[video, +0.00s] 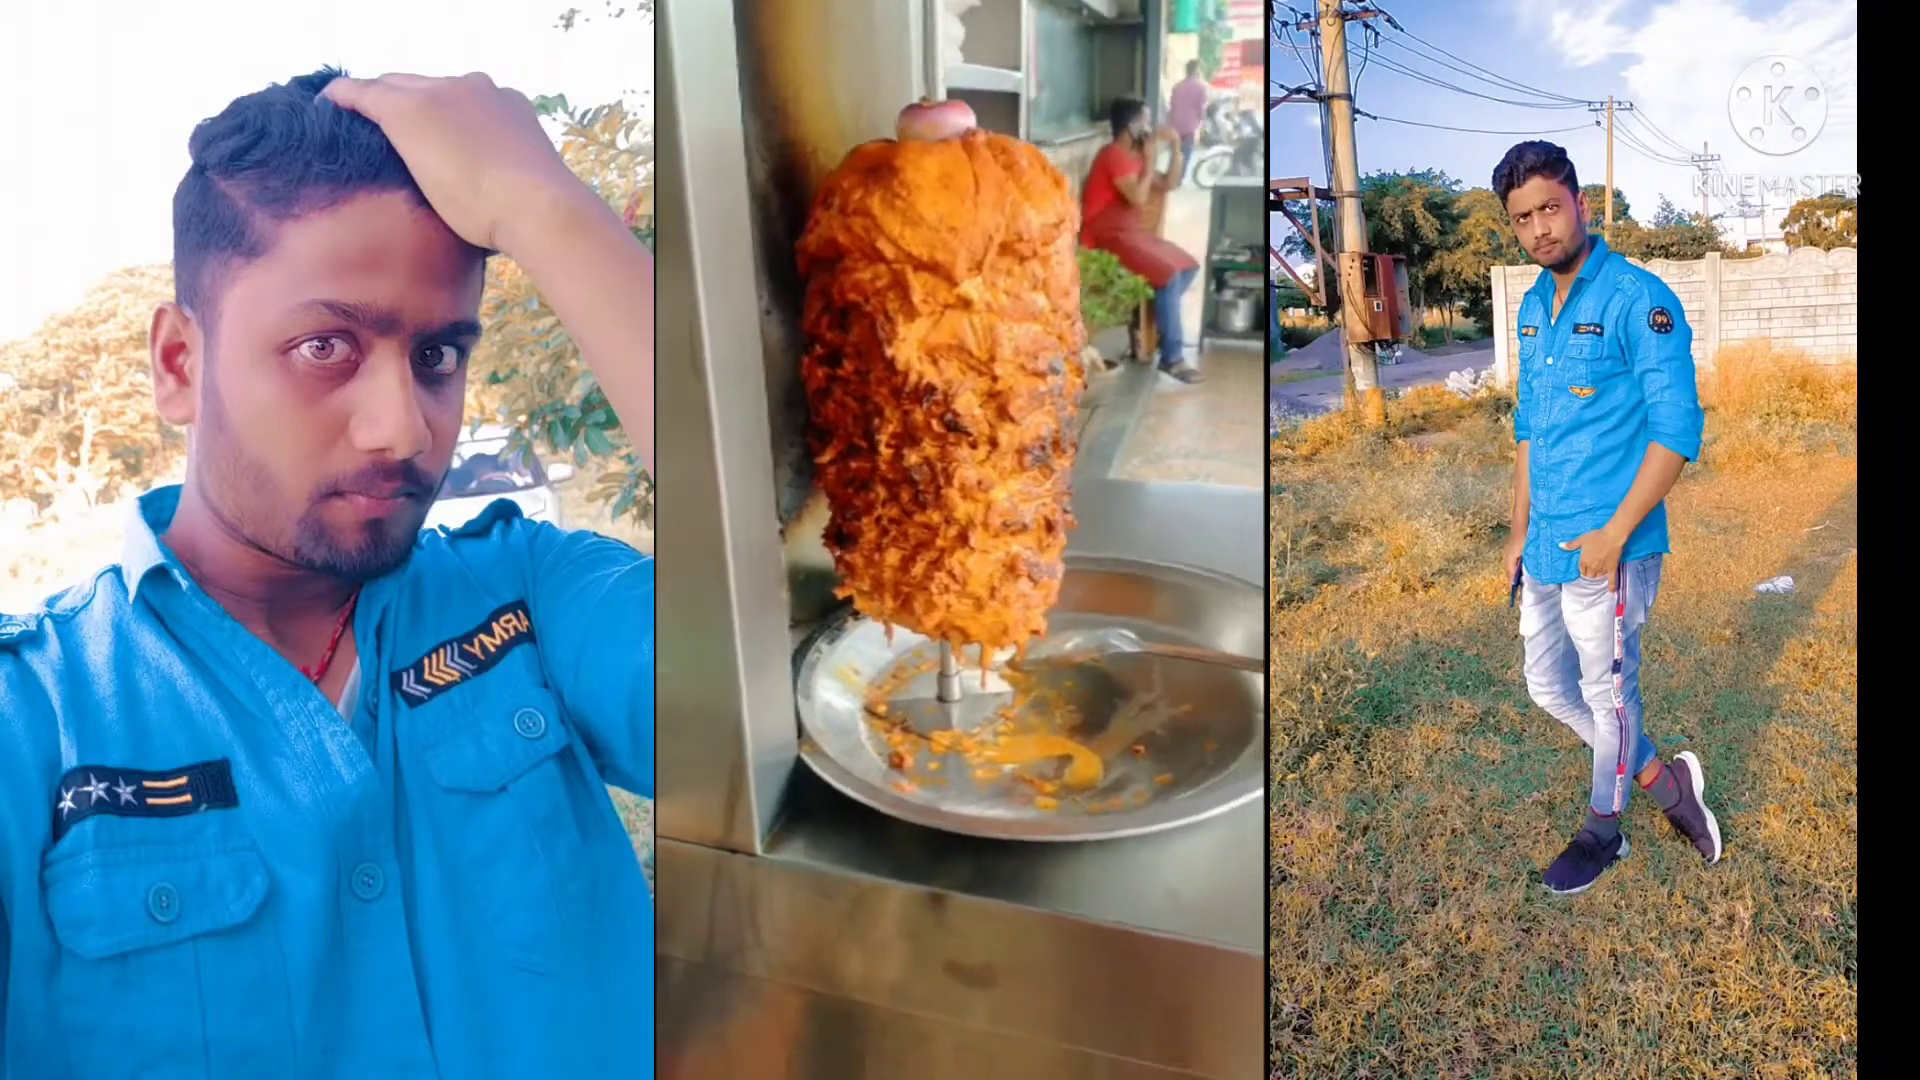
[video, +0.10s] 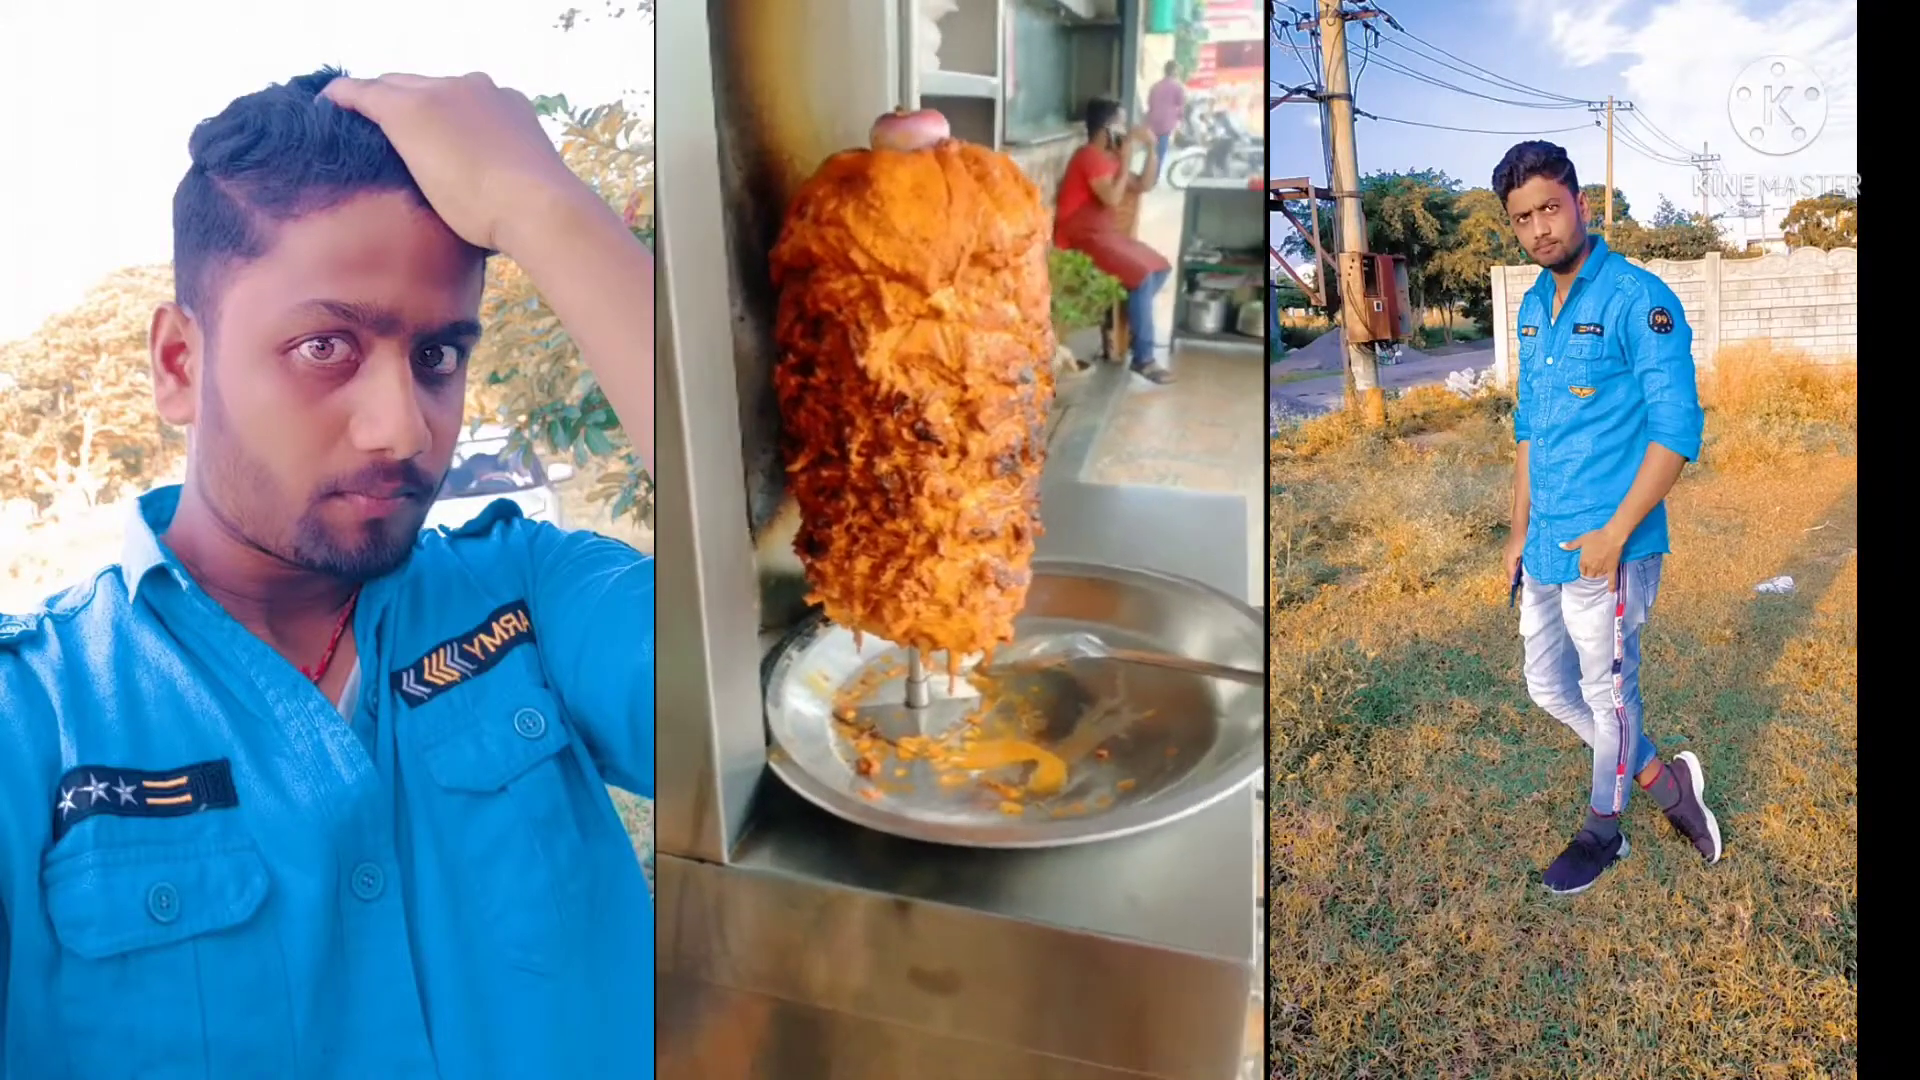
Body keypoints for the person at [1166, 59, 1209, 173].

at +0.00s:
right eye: (1198, 70)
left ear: (1187, 69)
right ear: (1198, 70)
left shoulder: (1178, 86)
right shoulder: (1201, 87)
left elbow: (1172, 104)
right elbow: (1202, 106)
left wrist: (1172, 118)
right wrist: (1202, 119)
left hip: (1175, 121)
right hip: (1191, 122)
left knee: (1174, 150)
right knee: (1186, 152)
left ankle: (1171, 175)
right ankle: (1180, 177)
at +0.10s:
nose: (1178, 72)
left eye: (1177, 70)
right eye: (1177, 70)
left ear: (1165, 70)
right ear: (1176, 71)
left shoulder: (1156, 86)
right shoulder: (1178, 87)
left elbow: (1150, 102)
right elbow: (1181, 104)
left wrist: (1152, 111)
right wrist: (1180, 116)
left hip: (1153, 117)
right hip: (1168, 118)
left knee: (1151, 146)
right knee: (1162, 148)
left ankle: (1148, 171)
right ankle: (1156, 174)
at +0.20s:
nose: (1175, 82)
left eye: (1175, 80)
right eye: (1175, 80)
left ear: (1163, 79)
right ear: (1173, 80)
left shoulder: (1154, 95)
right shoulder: (1174, 96)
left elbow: (1147, 111)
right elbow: (1179, 112)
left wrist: (1147, 122)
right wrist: (1179, 124)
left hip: (1151, 127)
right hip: (1165, 128)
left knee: (1149, 155)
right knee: (1159, 157)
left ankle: (1148, 179)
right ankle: (1159, 179)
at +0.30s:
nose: (1177, 115)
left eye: (1175, 113)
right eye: (1176, 113)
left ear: (1165, 113)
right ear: (1174, 114)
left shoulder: (1158, 128)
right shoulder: (1176, 129)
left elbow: (1151, 143)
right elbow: (1180, 144)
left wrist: (1151, 154)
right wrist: (1180, 153)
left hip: (1156, 158)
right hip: (1169, 158)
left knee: (1164, 183)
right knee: (1163, 184)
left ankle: (1168, 206)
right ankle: (1156, 208)